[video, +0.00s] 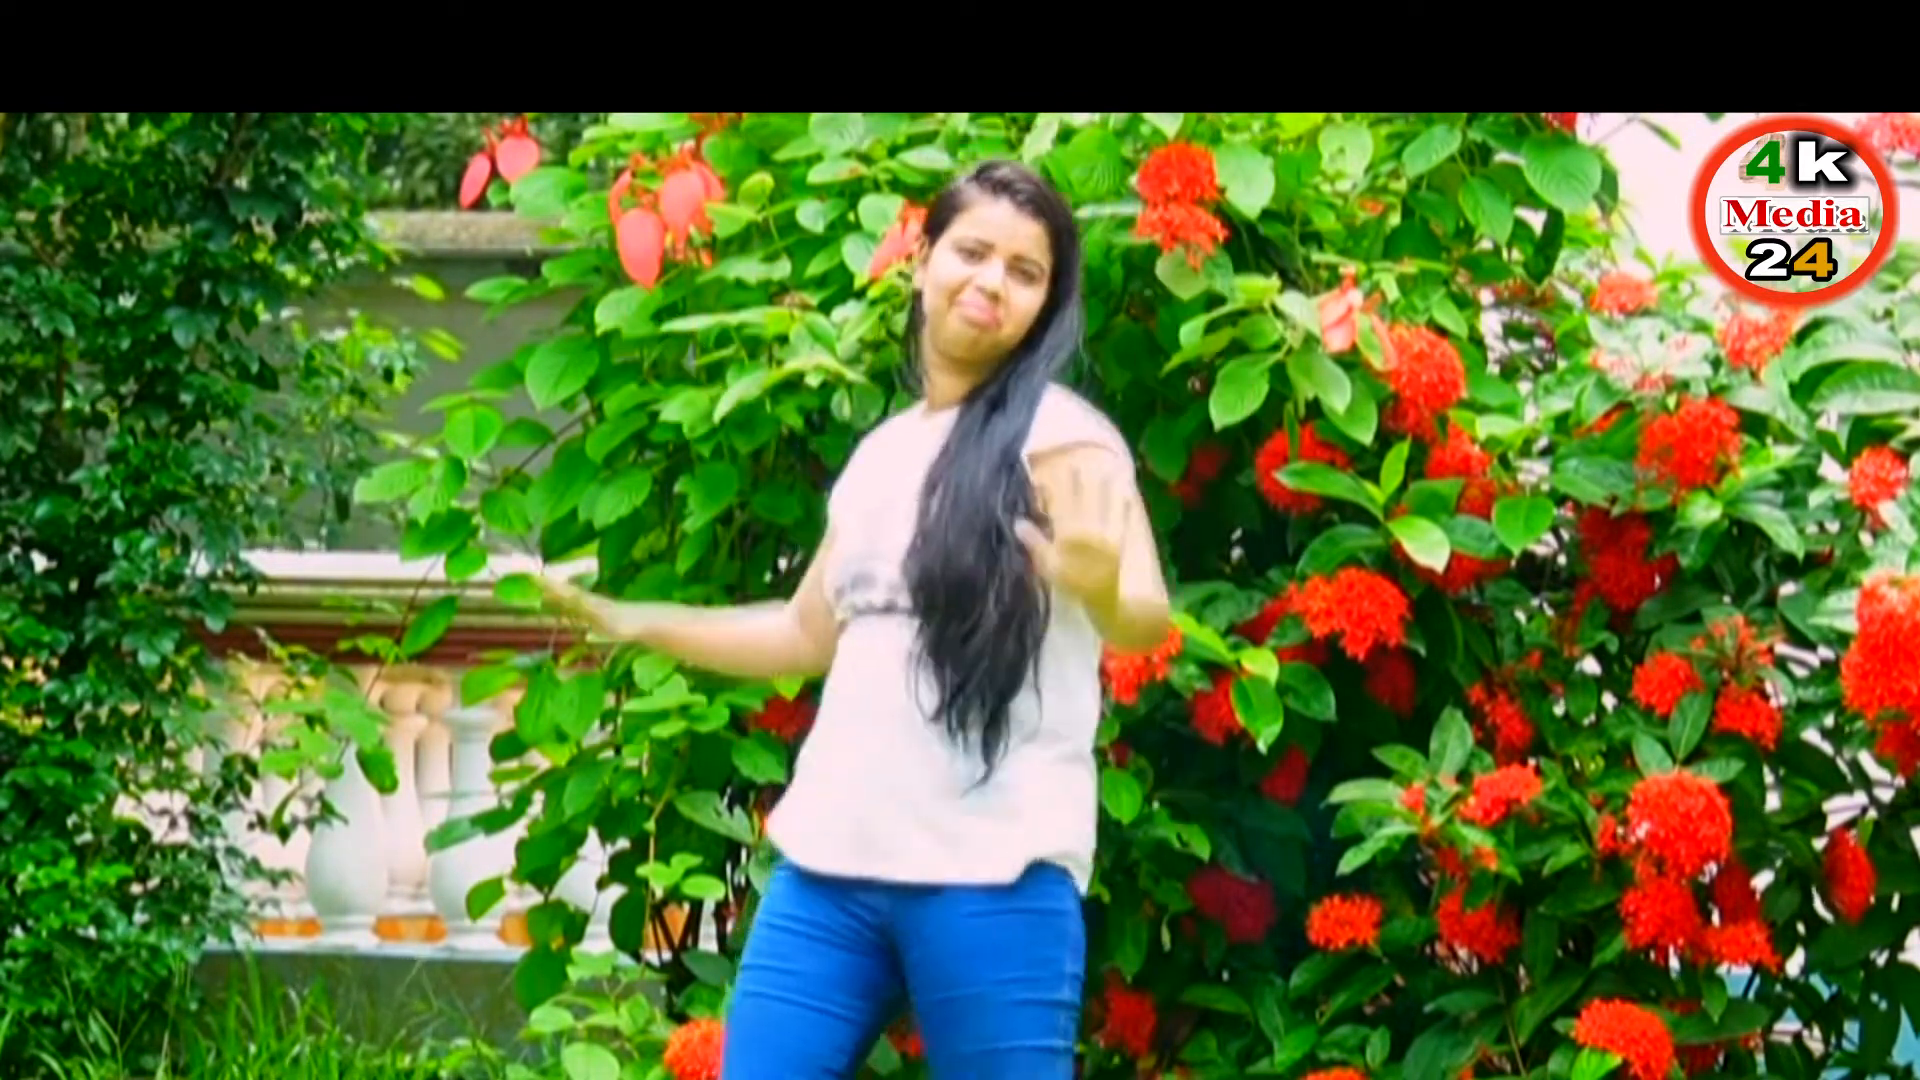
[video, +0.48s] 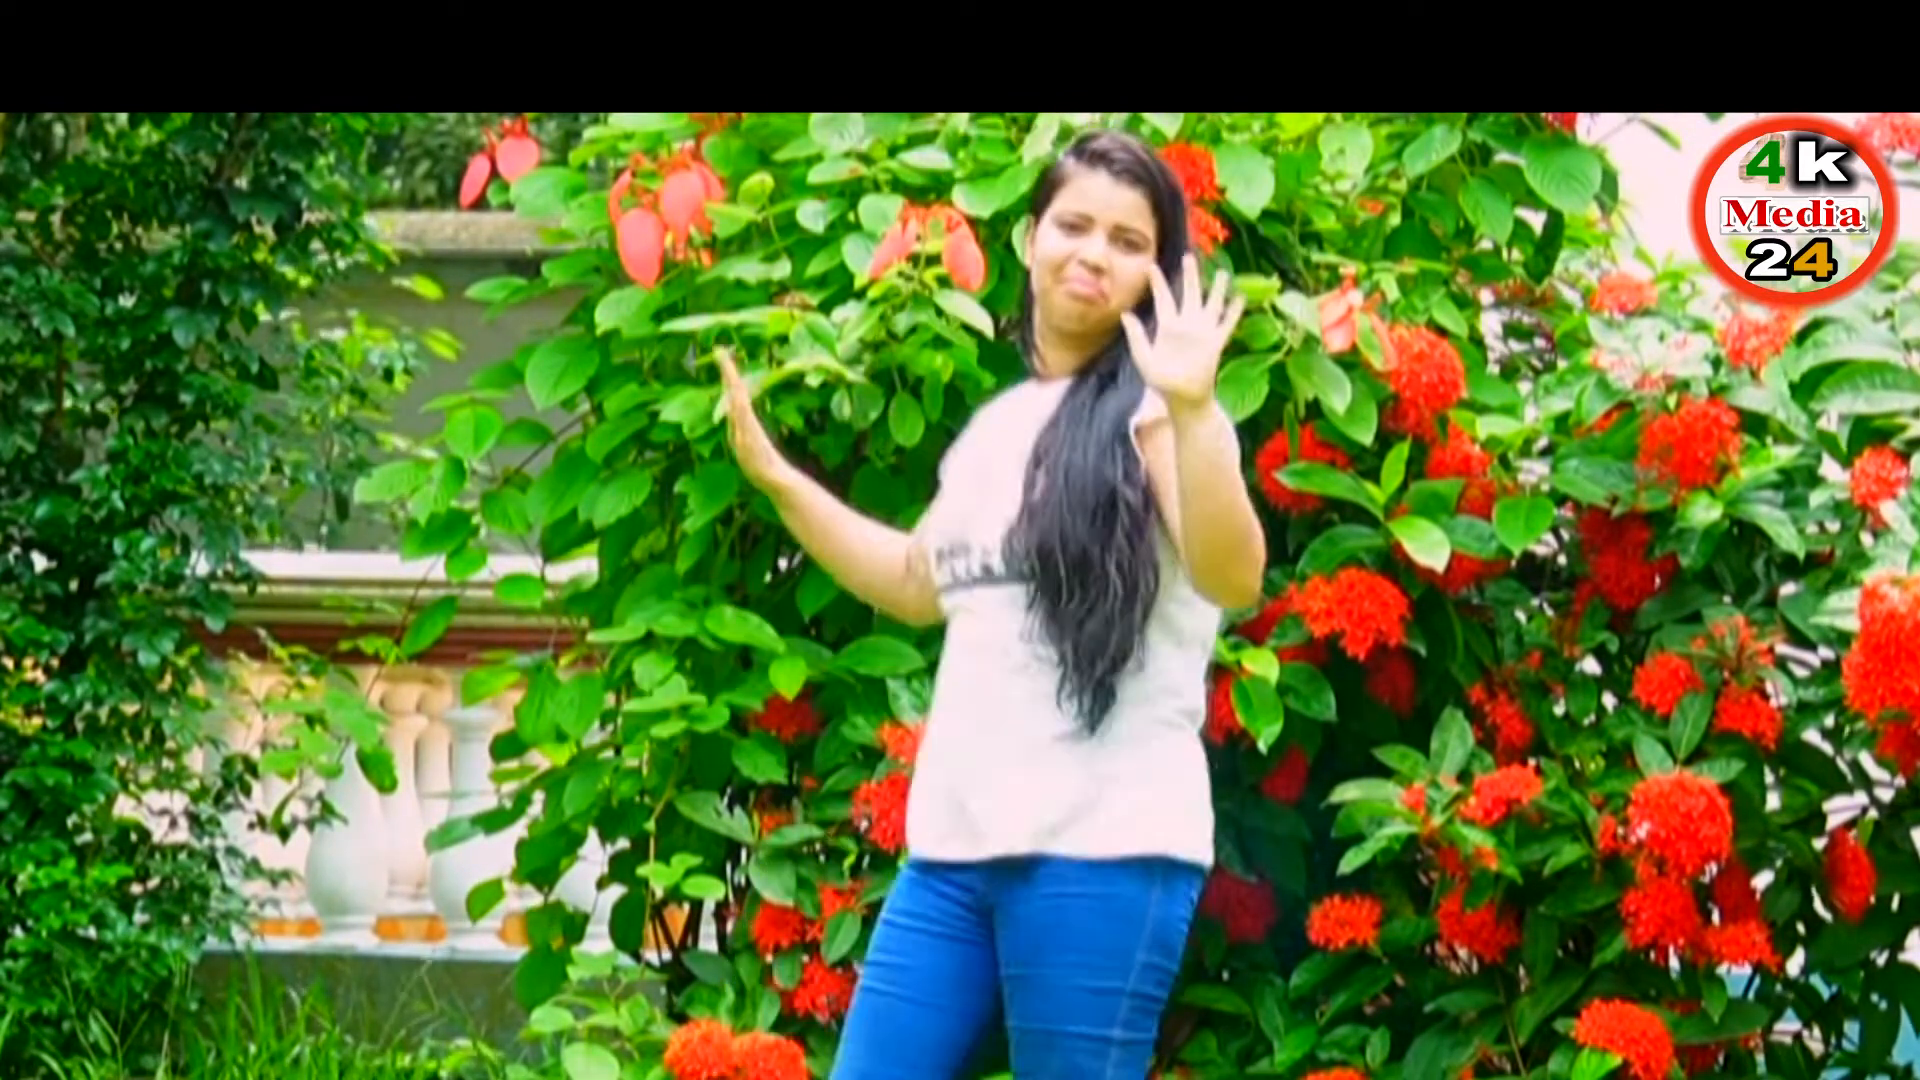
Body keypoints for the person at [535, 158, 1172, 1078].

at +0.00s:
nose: (989, 283)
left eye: (1023, 271)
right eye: (972, 251)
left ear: (1047, 304)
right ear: (923, 261)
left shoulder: (1067, 433)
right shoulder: (879, 452)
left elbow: (1148, 627)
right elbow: (804, 634)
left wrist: (1102, 593)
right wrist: (631, 622)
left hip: (995, 878)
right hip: (825, 865)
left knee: (1008, 1067)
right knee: (758, 1065)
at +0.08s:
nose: (1003, 260)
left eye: (1037, 247)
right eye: (984, 229)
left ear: (1067, 281)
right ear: (938, 240)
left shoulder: (1090, 411)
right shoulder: (899, 431)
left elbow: (1169, 589)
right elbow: (840, 606)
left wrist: (1113, 497)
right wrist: (670, 549)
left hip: (1019, 866)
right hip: (845, 851)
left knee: (1027, 1069)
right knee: (781, 1069)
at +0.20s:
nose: (1039, 233)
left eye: (1072, 218)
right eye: (1020, 205)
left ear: (1104, 255)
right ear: (977, 224)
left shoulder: (1110, 390)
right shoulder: (917, 410)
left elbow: (1208, 558)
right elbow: (875, 577)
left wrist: (1165, 388)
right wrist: (757, 444)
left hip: (1068, 850)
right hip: (902, 851)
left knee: (1077, 1070)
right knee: (833, 1070)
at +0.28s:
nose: (1057, 234)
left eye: (1088, 218)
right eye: (1036, 205)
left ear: (1121, 253)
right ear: (990, 223)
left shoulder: (1129, 392)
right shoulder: (944, 406)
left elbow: (1219, 569)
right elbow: (889, 581)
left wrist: (1183, 389)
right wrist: (787, 443)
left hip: (1086, 846)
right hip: (930, 848)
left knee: (1089, 1071)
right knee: (852, 1069)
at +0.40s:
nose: (1082, 246)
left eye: (1116, 231)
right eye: (1063, 215)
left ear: (1151, 266)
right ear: (1020, 233)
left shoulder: (1155, 405)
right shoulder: (979, 412)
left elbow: (1220, 583)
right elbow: (915, 587)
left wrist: (1189, 408)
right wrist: (766, 470)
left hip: (1101, 838)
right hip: (950, 834)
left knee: (1078, 1071)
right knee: (867, 1069)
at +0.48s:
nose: (1090, 256)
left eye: (1125, 241)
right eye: (1073, 225)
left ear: (1159, 275)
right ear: (1029, 239)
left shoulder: (1164, 405)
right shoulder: (995, 424)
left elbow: (1234, 582)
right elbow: (917, 586)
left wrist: (1193, 413)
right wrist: (775, 476)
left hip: (1105, 852)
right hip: (951, 845)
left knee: (1075, 1071)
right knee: (868, 1069)